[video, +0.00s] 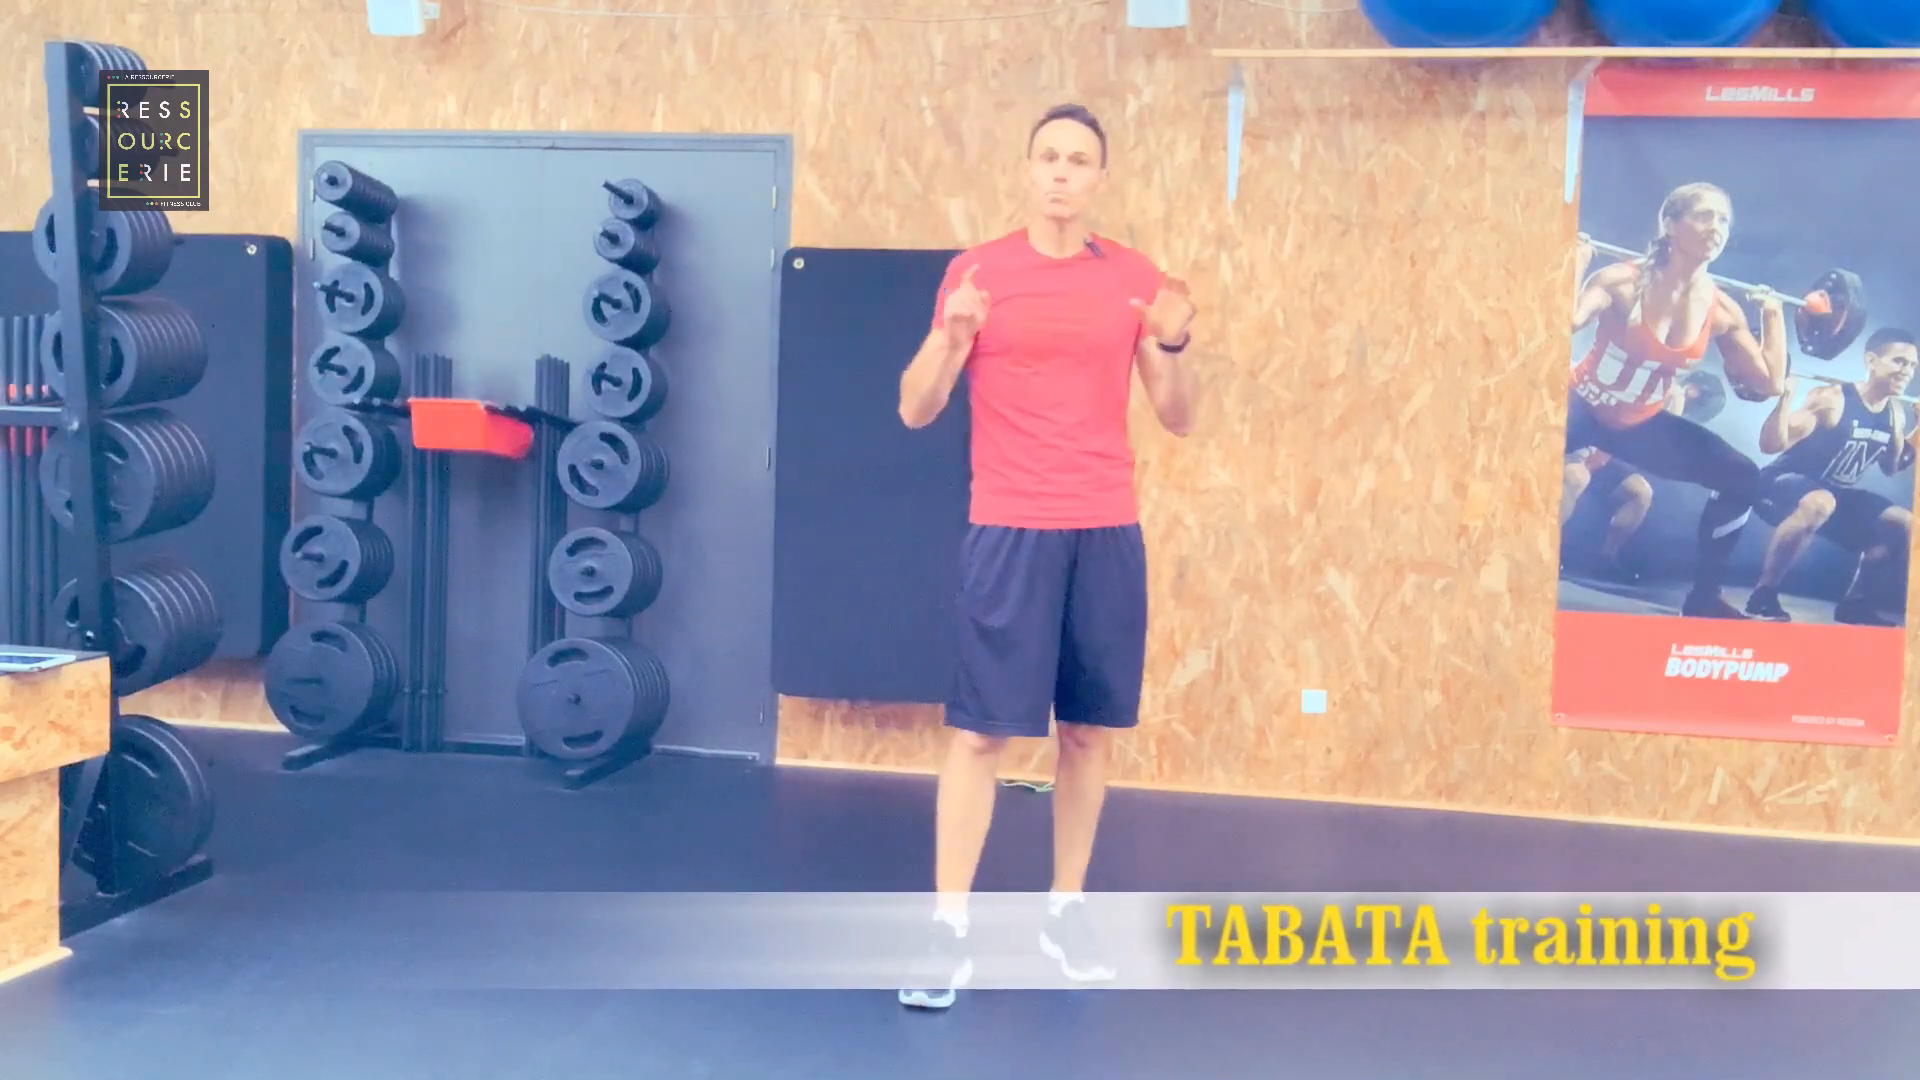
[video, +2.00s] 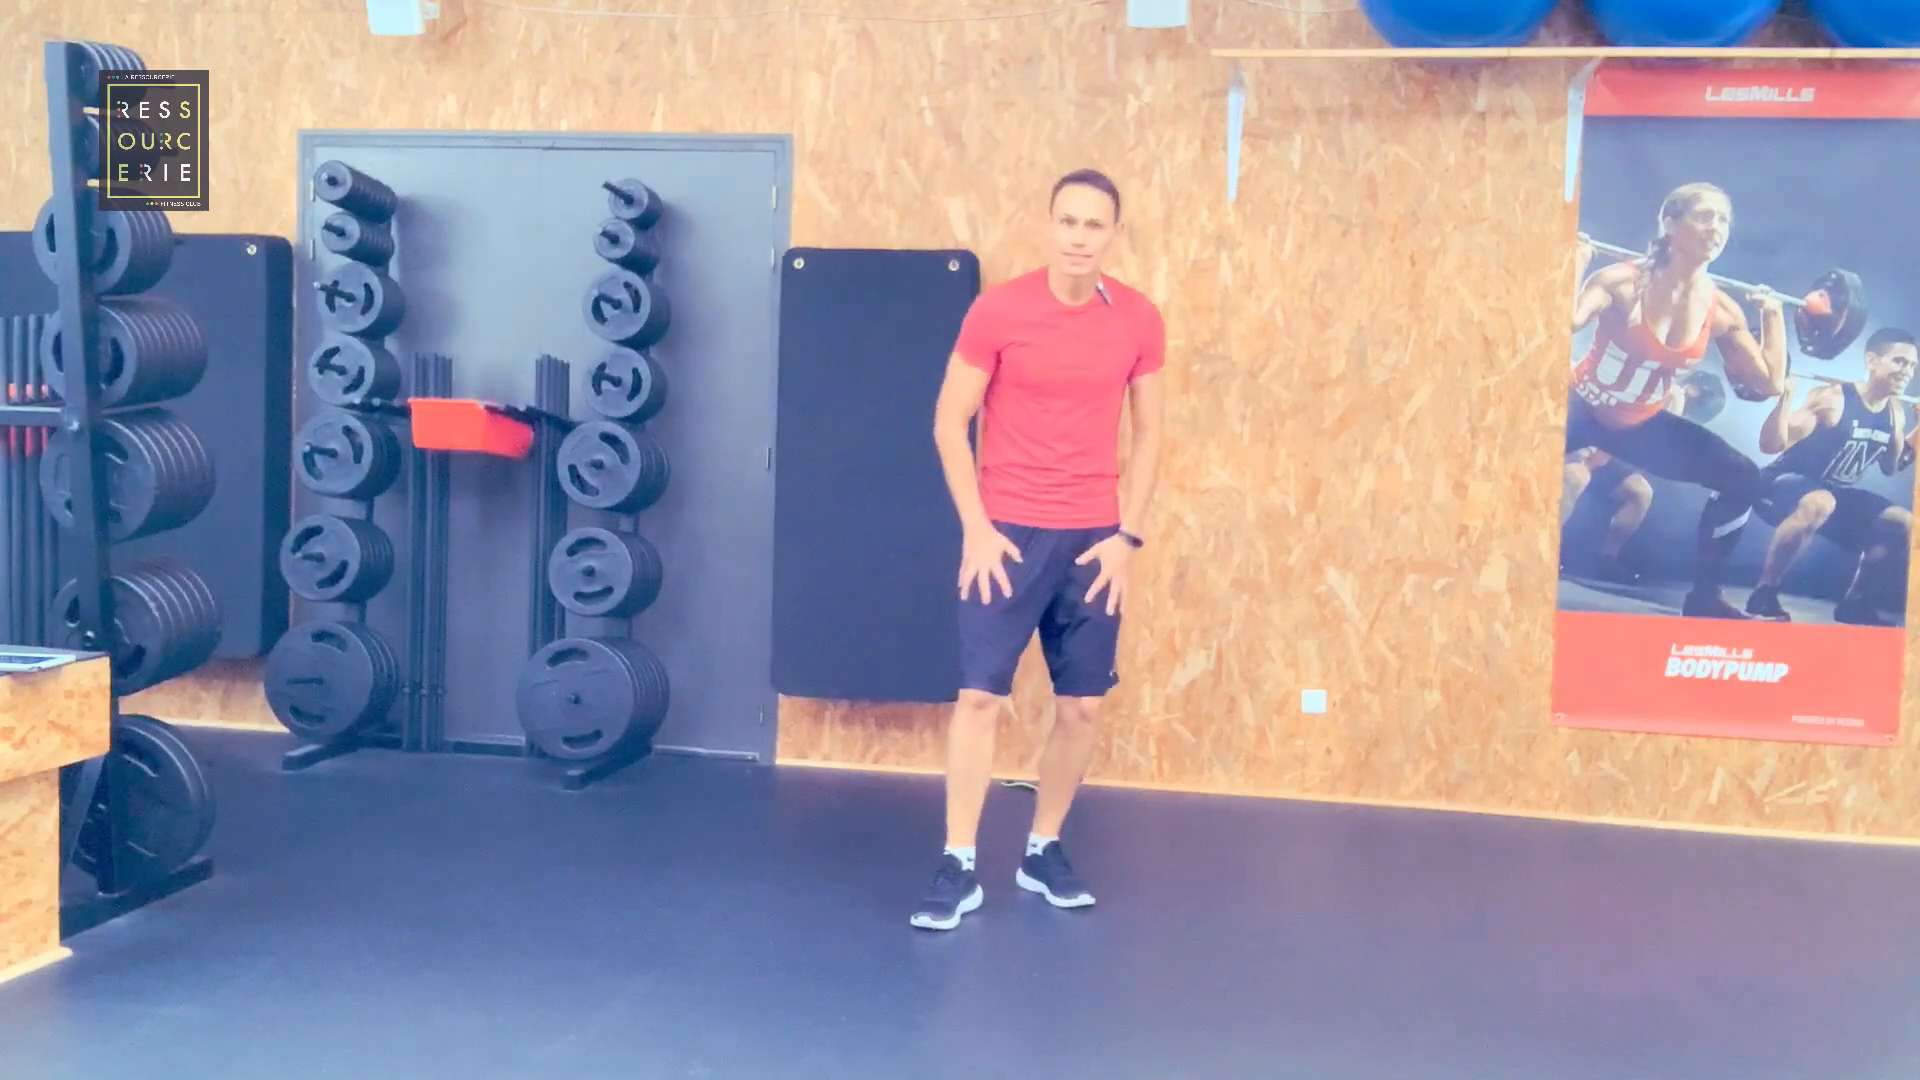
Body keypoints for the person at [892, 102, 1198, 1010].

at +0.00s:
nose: (1063, 174)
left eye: (1080, 162)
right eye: (1050, 159)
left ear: (1103, 180)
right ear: (1025, 172)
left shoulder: (1138, 280)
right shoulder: (976, 271)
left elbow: (1177, 418)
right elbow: (916, 411)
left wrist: (1174, 347)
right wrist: (950, 340)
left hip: (1106, 531)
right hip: (1007, 529)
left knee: (1085, 735)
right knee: (979, 733)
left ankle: (1062, 919)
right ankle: (948, 932)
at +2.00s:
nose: (1079, 237)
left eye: (1094, 225)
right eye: (1068, 221)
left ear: (1115, 236)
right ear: (1047, 226)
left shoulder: (1138, 320)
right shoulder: (996, 310)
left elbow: (1148, 433)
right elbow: (948, 424)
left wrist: (1128, 535)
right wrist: (975, 525)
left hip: (1094, 539)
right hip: (1005, 534)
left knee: (1081, 704)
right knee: (980, 695)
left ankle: (1043, 851)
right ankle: (957, 864)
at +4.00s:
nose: (1064, 178)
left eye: (1080, 165)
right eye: (1051, 163)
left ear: (1103, 183)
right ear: (1027, 178)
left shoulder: (1138, 281)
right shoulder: (981, 280)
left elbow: (1173, 416)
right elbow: (946, 411)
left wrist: (1146, 401)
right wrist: (946, 527)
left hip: (1105, 530)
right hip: (1006, 528)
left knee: (1091, 721)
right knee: (982, 717)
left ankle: (1072, 907)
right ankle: (965, 858)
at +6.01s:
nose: (1035, 162)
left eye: (1053, 150)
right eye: (1023, 147)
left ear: (1079, 170)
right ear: (1000, 164)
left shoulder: (1113, 271)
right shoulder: (954, 270)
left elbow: (1151, 405)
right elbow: (893, 401)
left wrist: (1131, 431)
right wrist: (949, 479)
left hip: (1089, 532)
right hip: (990, 531)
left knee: (1071, 736)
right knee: (979, 735)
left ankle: (1056, 904)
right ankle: (968, 933)